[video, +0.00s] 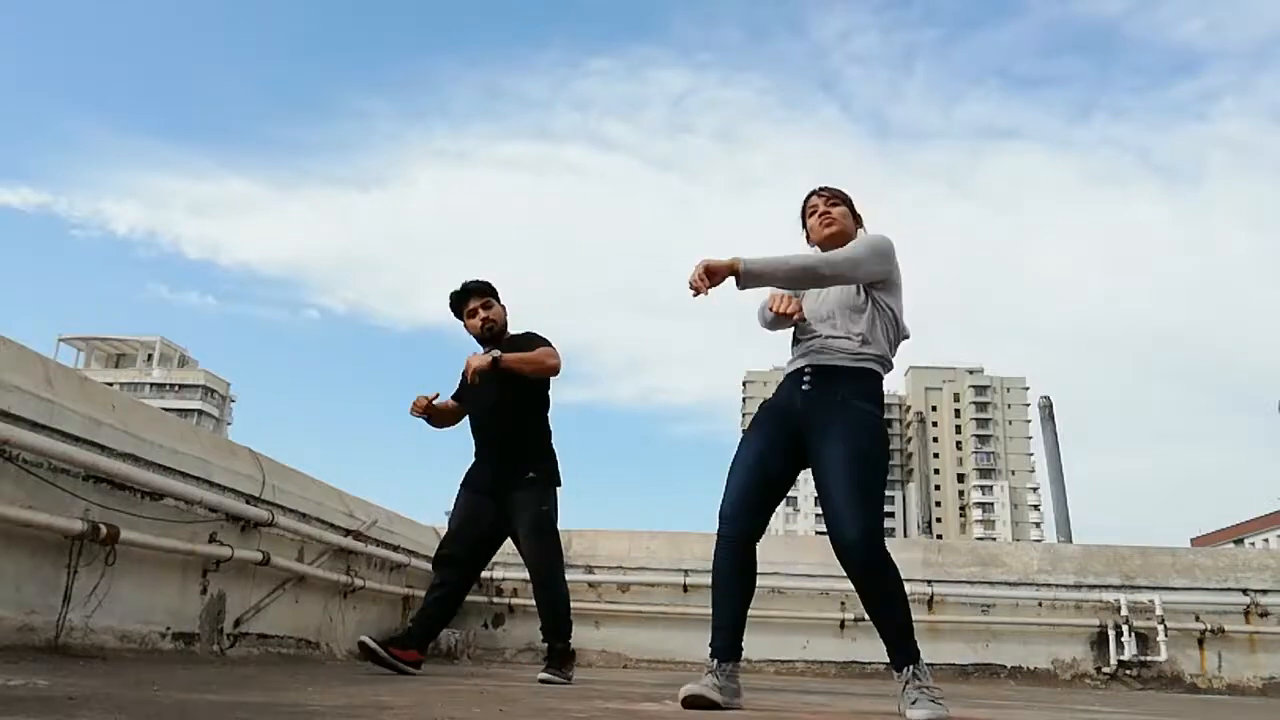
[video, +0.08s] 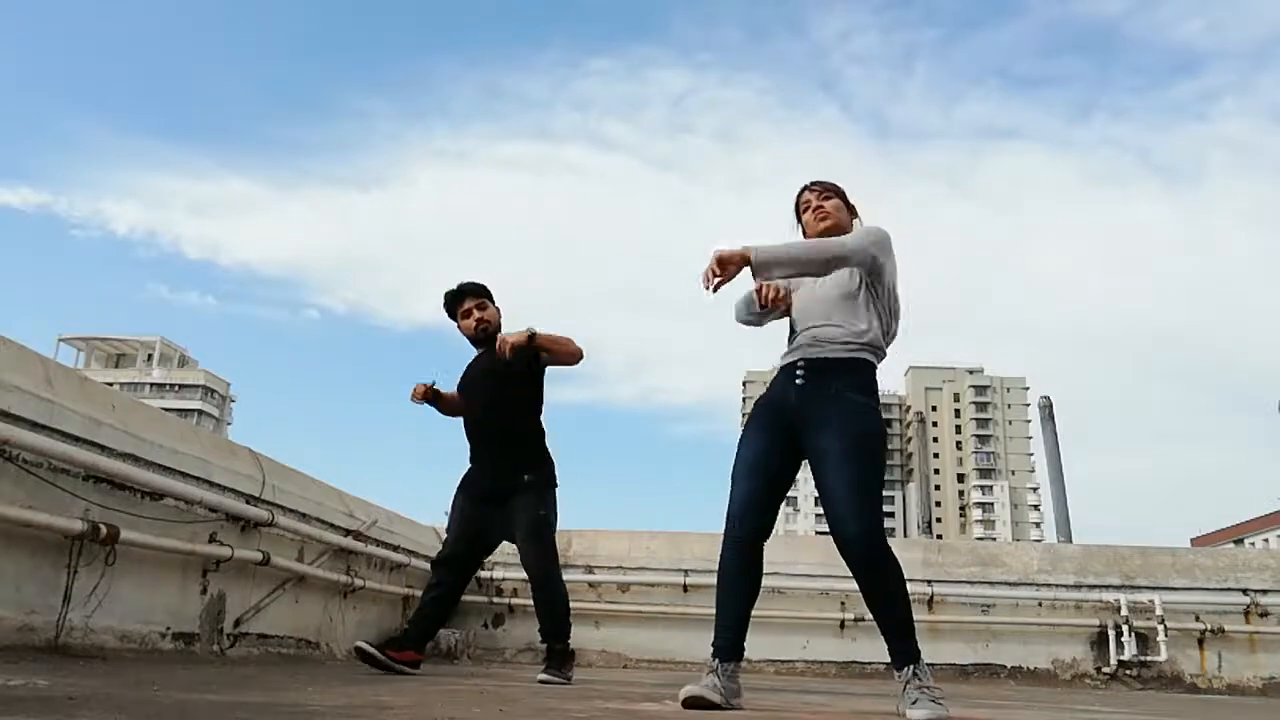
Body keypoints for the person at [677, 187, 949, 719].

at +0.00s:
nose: (823, 212)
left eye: (832, 204)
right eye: (812, 212)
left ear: (857, 218)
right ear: (807, 234)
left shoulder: (878, 250)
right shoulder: (803, 276)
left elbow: (815, 266)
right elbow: (768, 312)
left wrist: (734, 268)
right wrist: (781, 306)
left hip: (849, 395)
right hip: (788, 396)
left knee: (856, 540)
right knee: (735, 524)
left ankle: (913, 679)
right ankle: (722, 672)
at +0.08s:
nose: (816, 206)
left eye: (826, 197)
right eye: (806, 207)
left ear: (852, 208)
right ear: (803, 228)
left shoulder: (875, 240)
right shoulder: (796, 274)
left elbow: (831, 252)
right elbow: (744, 312)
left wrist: (747, 254)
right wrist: (762, 300)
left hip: (844, 388)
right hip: (782, 391)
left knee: (857, 535)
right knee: (742, 526)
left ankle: (913, 677)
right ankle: (724, 672)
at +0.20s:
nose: (803, 194)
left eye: (814, 187)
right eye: (795, 191)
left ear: (840, 202)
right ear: (788, 213)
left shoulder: (862, 239)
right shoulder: (774, 268)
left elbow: (924, 226)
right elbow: (709, 307)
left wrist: (848, 206)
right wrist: (713, 286)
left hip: (843, 386)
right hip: (779, 394)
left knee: (866, 533)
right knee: (749, 526)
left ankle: (916, 675)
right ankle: (725, 673)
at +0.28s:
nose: (802, 190)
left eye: (814, 185)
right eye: (793, 188)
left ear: (835, 205)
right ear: (783, 212)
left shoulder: (857, 243)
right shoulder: (765, 269)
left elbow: (932, 239)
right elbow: (716, 305)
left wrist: (857, 204)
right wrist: (710, 288)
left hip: (843, 389)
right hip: (778, 398)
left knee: (866, 534)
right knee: (744, 526)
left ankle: (916, 676)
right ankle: (725, 673)